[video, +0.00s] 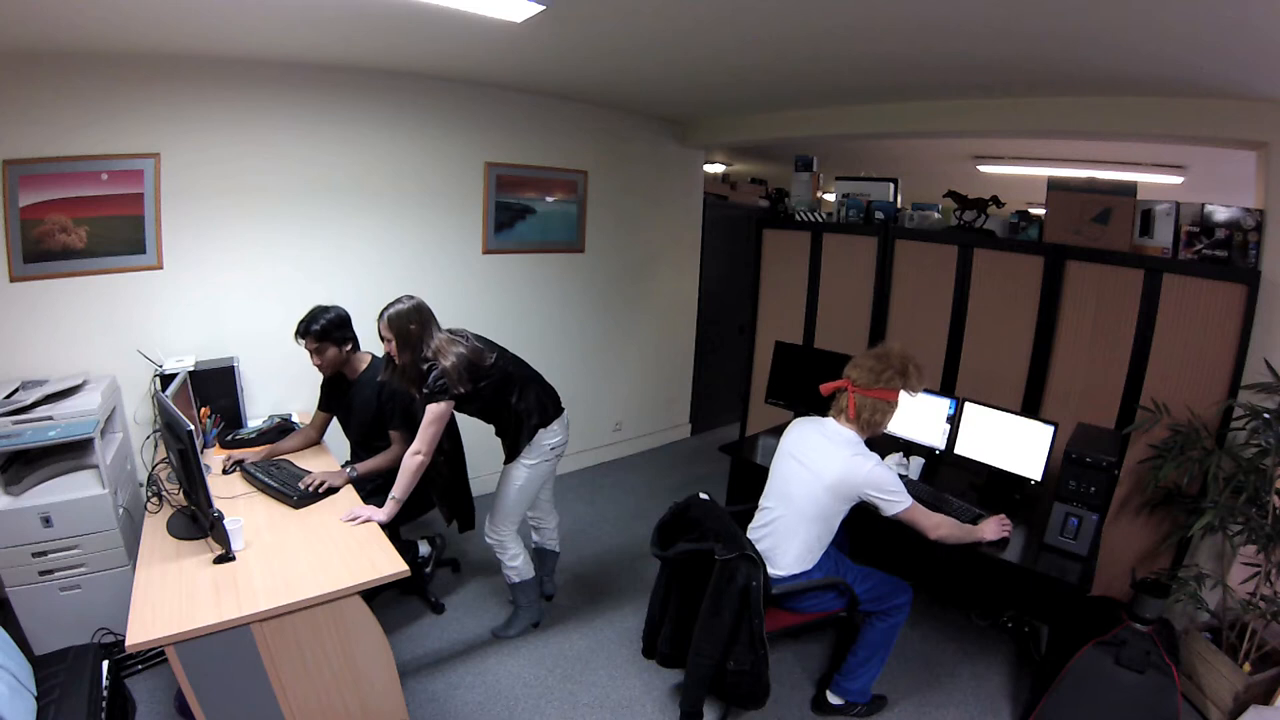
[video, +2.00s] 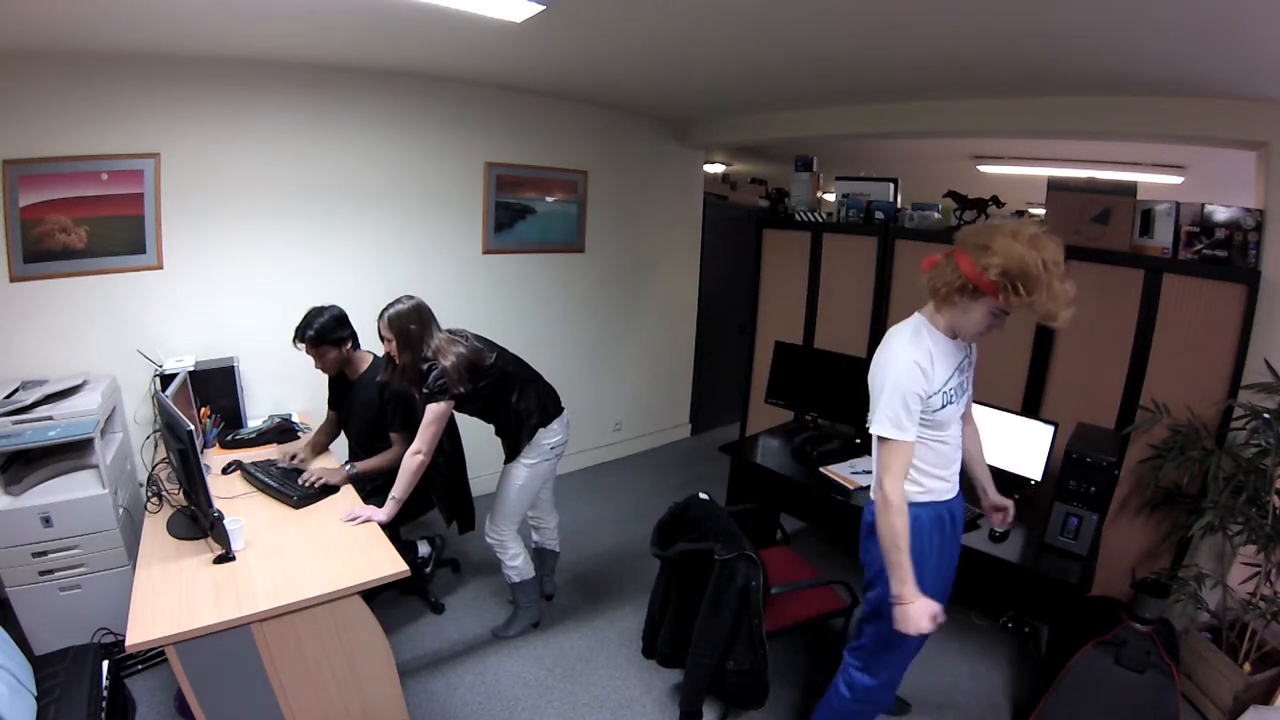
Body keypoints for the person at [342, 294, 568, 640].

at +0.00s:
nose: (386, 349)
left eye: (388, 340)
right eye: (384, 340)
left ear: (410, 337)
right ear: (420, 330)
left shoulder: (443, 369)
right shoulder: (450, 339)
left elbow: (420, 452)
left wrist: (387, 509)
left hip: (538, 434)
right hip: (547, 421)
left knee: (500, 530)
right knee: (541, 506)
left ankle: (528, 607)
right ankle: (546, 580)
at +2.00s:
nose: (386, 349)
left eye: (389, 341)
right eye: (384, 340)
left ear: (411, 338)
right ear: (420, 330)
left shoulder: (443, 369)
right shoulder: (450, 340)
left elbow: (420, 452)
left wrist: (388, 509)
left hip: (538, 433)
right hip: (547, 421)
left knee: (500, 530)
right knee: (541, 507)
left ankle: (528, 608)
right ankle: (546, 580)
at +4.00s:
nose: (386, 345)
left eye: (388, 337)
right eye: (384, 337)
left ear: (411, 336)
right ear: (421, 329)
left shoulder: (443, 369)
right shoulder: (450, 339)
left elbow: (420, 452)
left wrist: (387, 509)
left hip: (537, 432)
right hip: (546, 420)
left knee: (500, 530)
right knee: (541, 508)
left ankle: (528, 607)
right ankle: (546, 581)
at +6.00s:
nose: (385, 344)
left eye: (391, 337)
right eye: (385, 336)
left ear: (415, 337)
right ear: (416, 334)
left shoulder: (442, 371)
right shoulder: (447, 343)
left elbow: (421, 452)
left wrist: (387, 509)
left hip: (537, 432)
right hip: (544, 420)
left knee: (500, 528)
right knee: (542, 505)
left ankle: (527, 609)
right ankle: (545, 581)